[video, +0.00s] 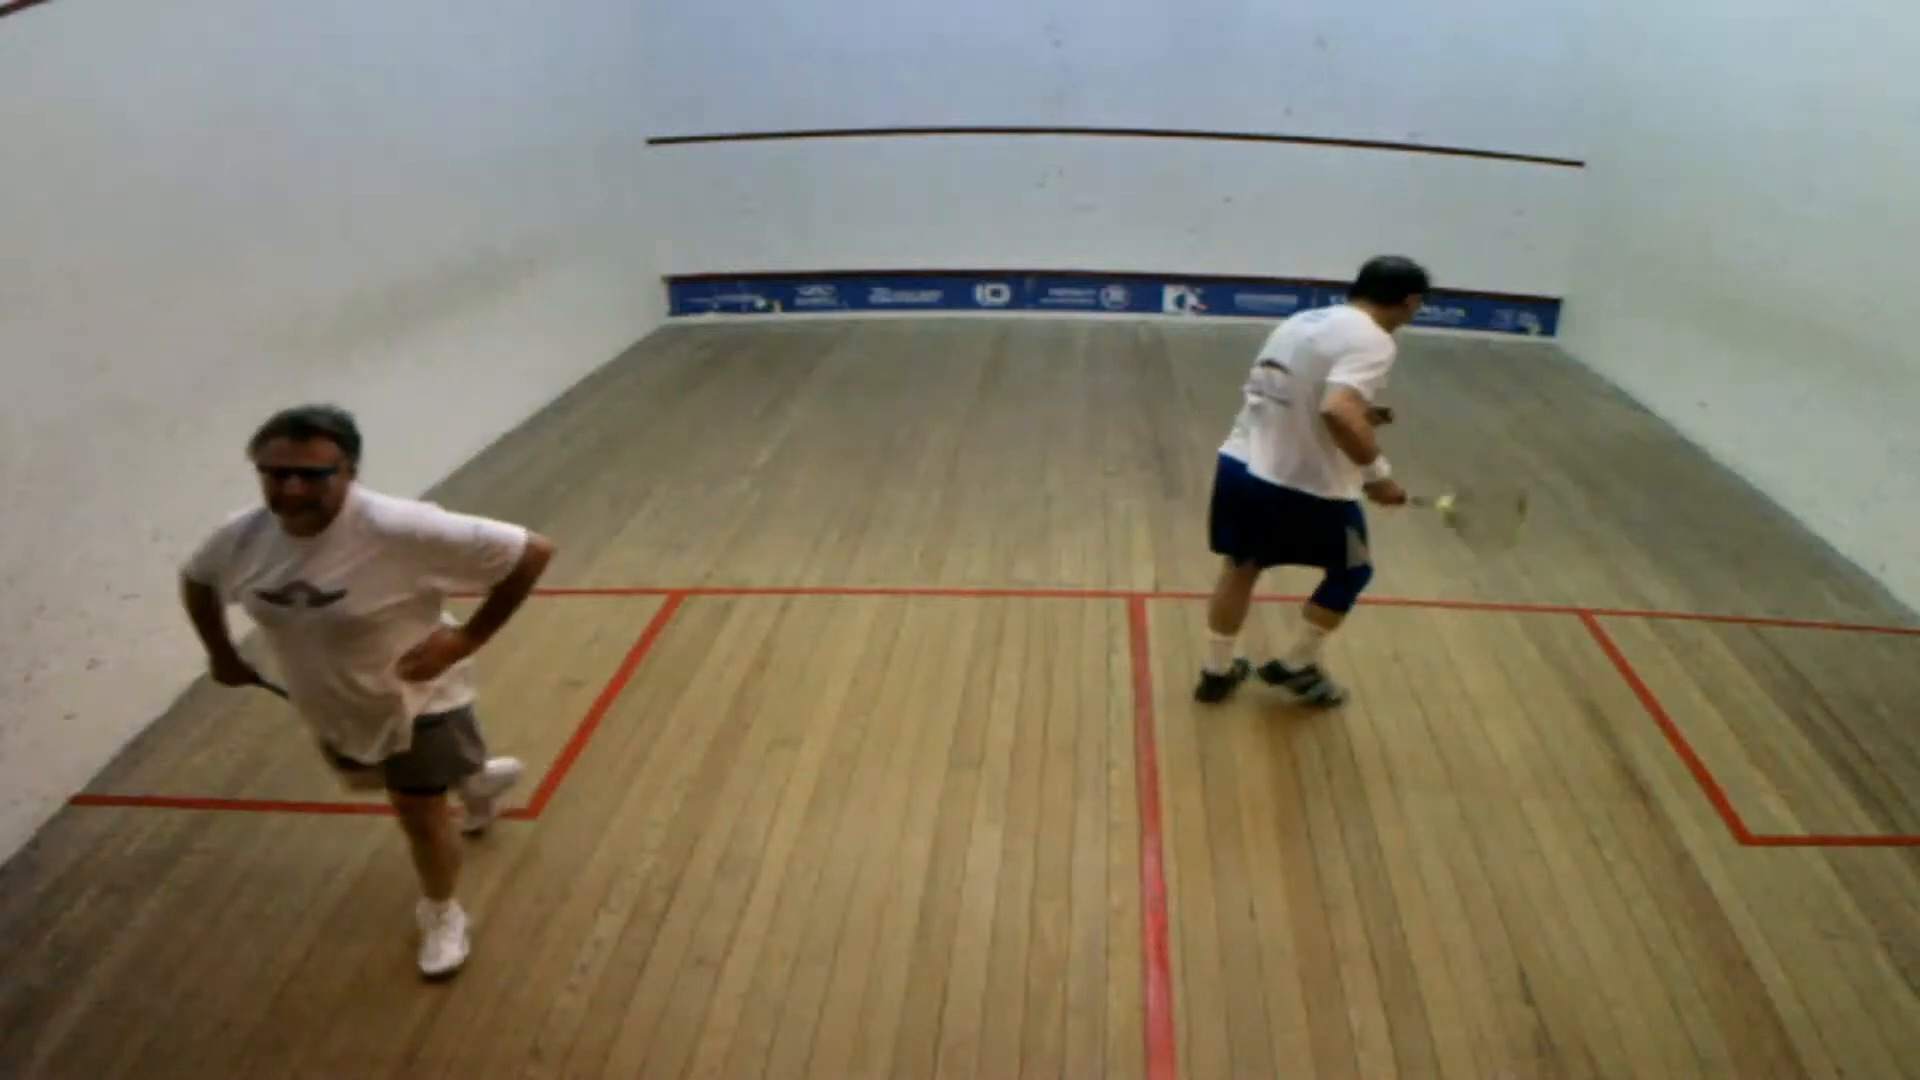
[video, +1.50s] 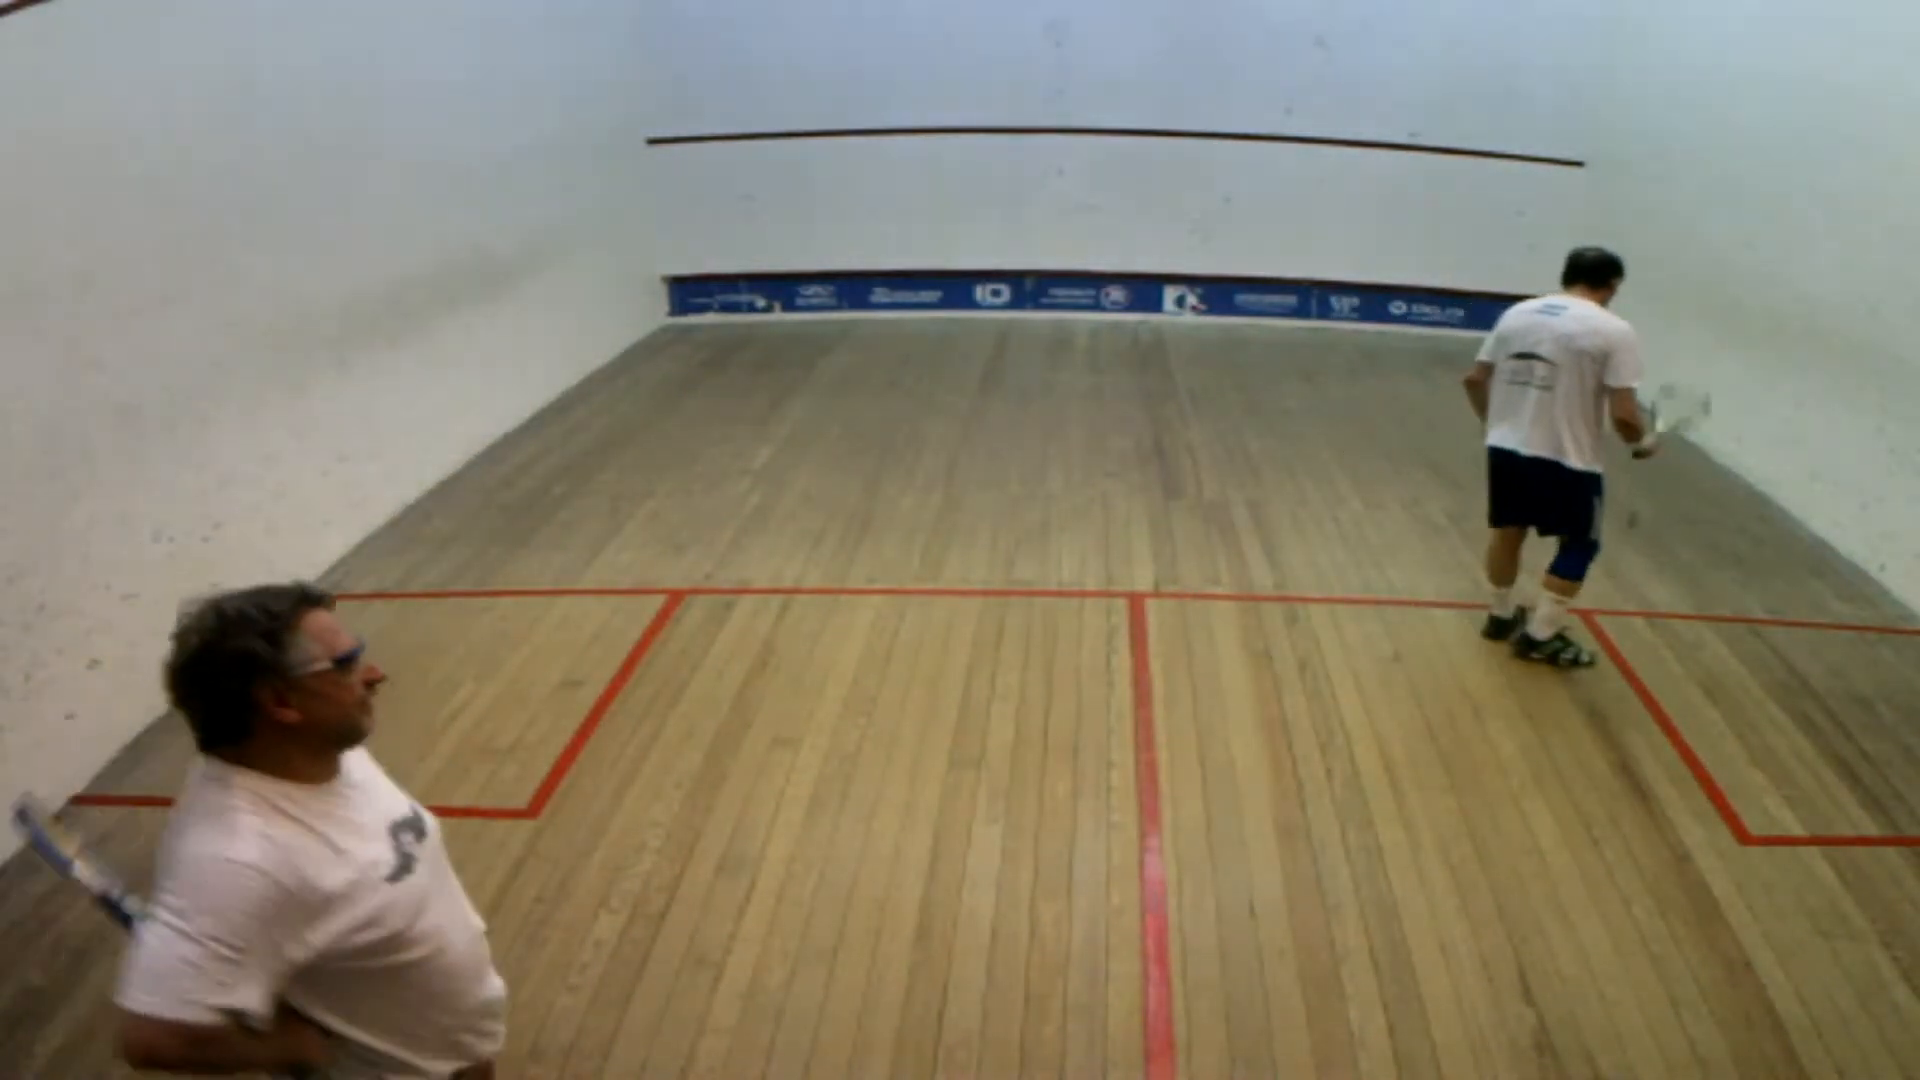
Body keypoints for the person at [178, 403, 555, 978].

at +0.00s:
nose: (292, 490)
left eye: (312, 475)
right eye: (277, 475)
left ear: (349, 476)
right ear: (259, 476)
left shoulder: (393, 530)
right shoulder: (243, 542)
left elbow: (530, 554)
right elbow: (196, 582)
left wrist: (463, 640)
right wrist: (222, 657)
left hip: (417, 704)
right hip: (335, 712)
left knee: (422, 808)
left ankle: (443, 913)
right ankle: (479, 785)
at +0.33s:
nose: (239, 545)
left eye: (261, 527)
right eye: (219, 529)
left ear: (294, 524)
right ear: (196, 529)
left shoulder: (352, 578)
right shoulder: (171, 586)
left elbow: (486, 594)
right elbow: (90, 600)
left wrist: (426, 687)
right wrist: (177, 680)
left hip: (377, 766)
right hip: (274, 791)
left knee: (417, 852)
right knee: (306, 916)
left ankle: (443, 916)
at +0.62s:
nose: (192, 607)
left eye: (207, 585)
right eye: (164, 594)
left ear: (228, 574)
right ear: (125, 599)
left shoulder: (290, 624)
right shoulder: (93, 674)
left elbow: (424, 634)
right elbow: (8, 723)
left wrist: (388, 739)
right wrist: (102, 785)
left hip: (346, 835)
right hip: (240, 881)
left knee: (420, 924)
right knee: (296, 991)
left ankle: (439, 951)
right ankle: (361, 1063)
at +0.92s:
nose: (214, 642)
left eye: (222, 615)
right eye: (181, 631)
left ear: (232, 605)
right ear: (117, 643)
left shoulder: (296, 657)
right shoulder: (72, 747)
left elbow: (394, 661)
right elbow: (4, 834)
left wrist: (378, 779)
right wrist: (105, 878)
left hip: (364, 890)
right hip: (249, 945)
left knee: (452, 1014)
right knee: (311, 1023)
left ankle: (456, 1072)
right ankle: (366, 1068)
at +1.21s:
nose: (304, 659)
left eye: (304, 634)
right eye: (270, 648)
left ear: (314, 626)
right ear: (192, 670)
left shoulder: (368, 695)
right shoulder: (139, 797)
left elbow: (415, 729)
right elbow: (19, 913)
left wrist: (392, 827)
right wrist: (163, 960)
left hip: (432, 962)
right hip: (314, 1026)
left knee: (472, 1055)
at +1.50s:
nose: (375, 674)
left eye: (360, 656)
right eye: (348, 664)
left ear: (286, 705)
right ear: (283, 704)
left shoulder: (327, 747)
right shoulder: (234, 857)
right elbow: (153, 1036)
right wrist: (292, 1048)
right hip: (416, 1068)